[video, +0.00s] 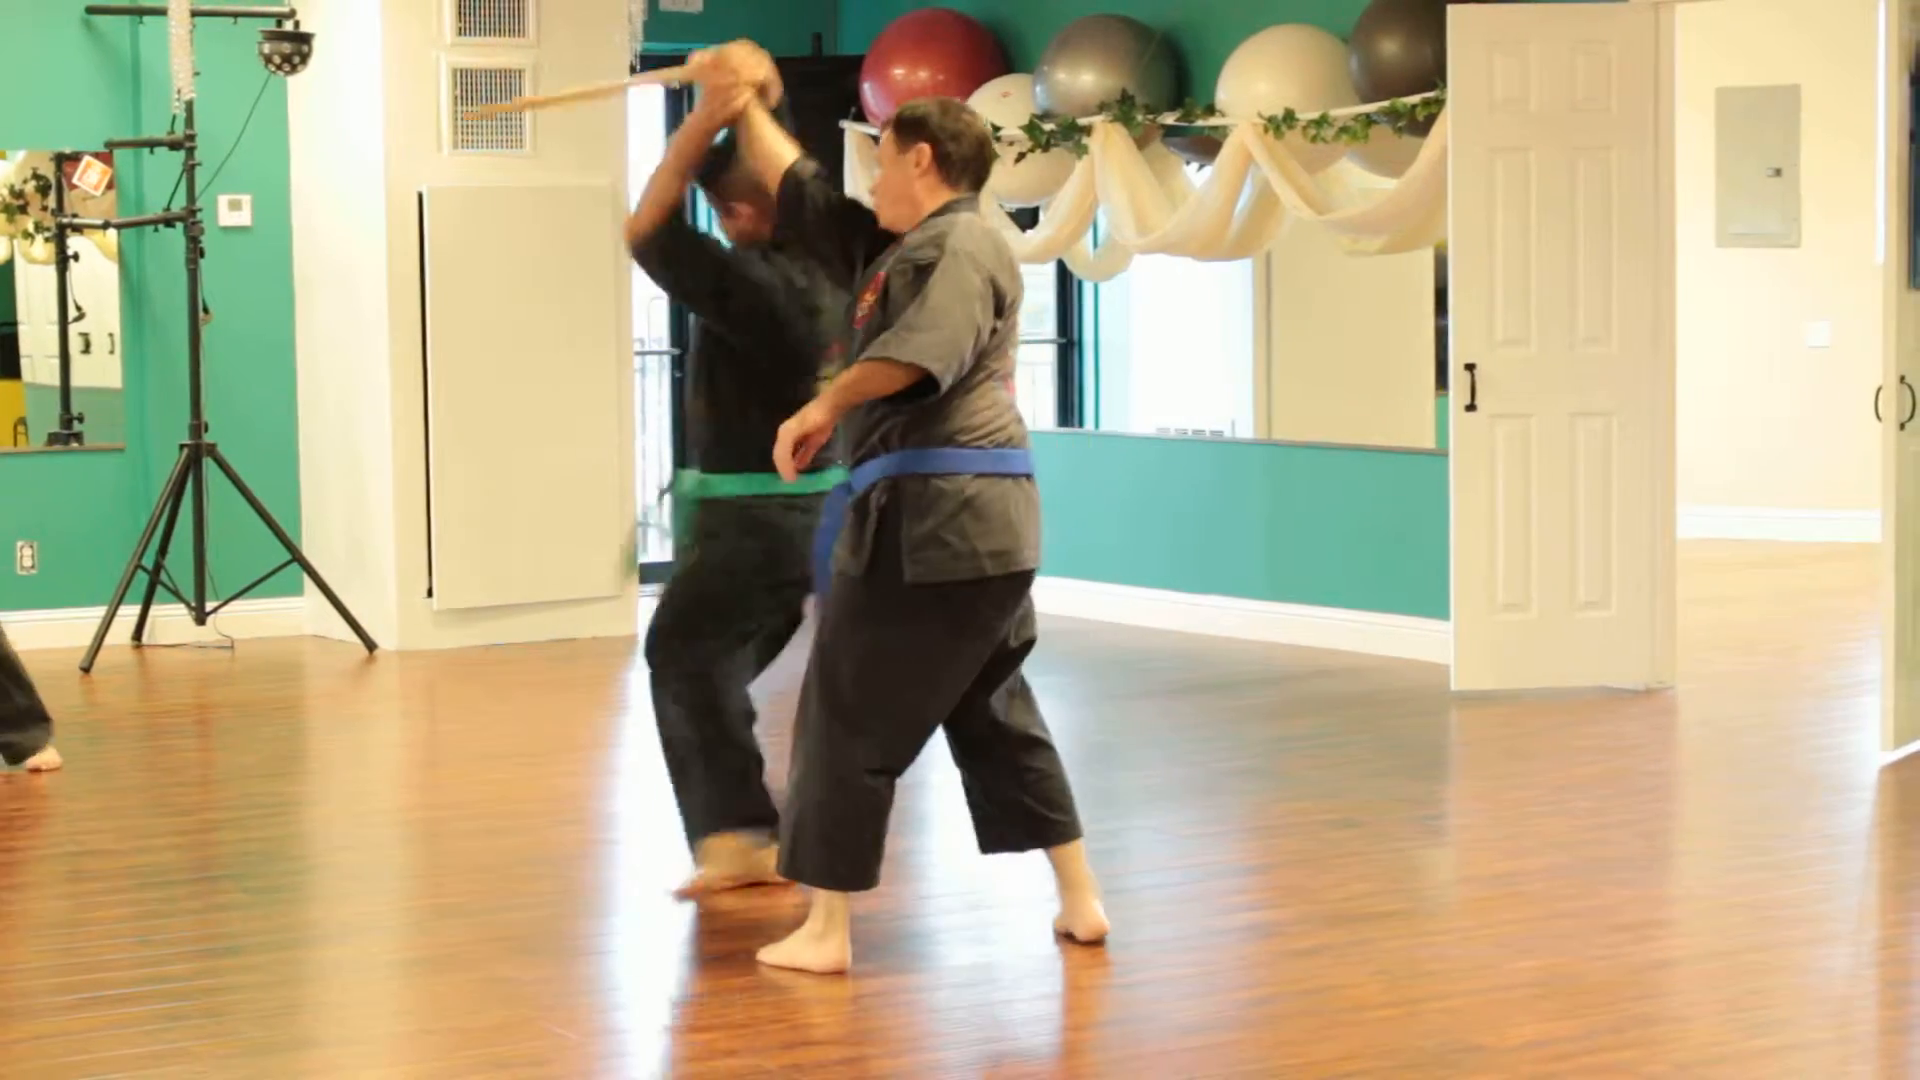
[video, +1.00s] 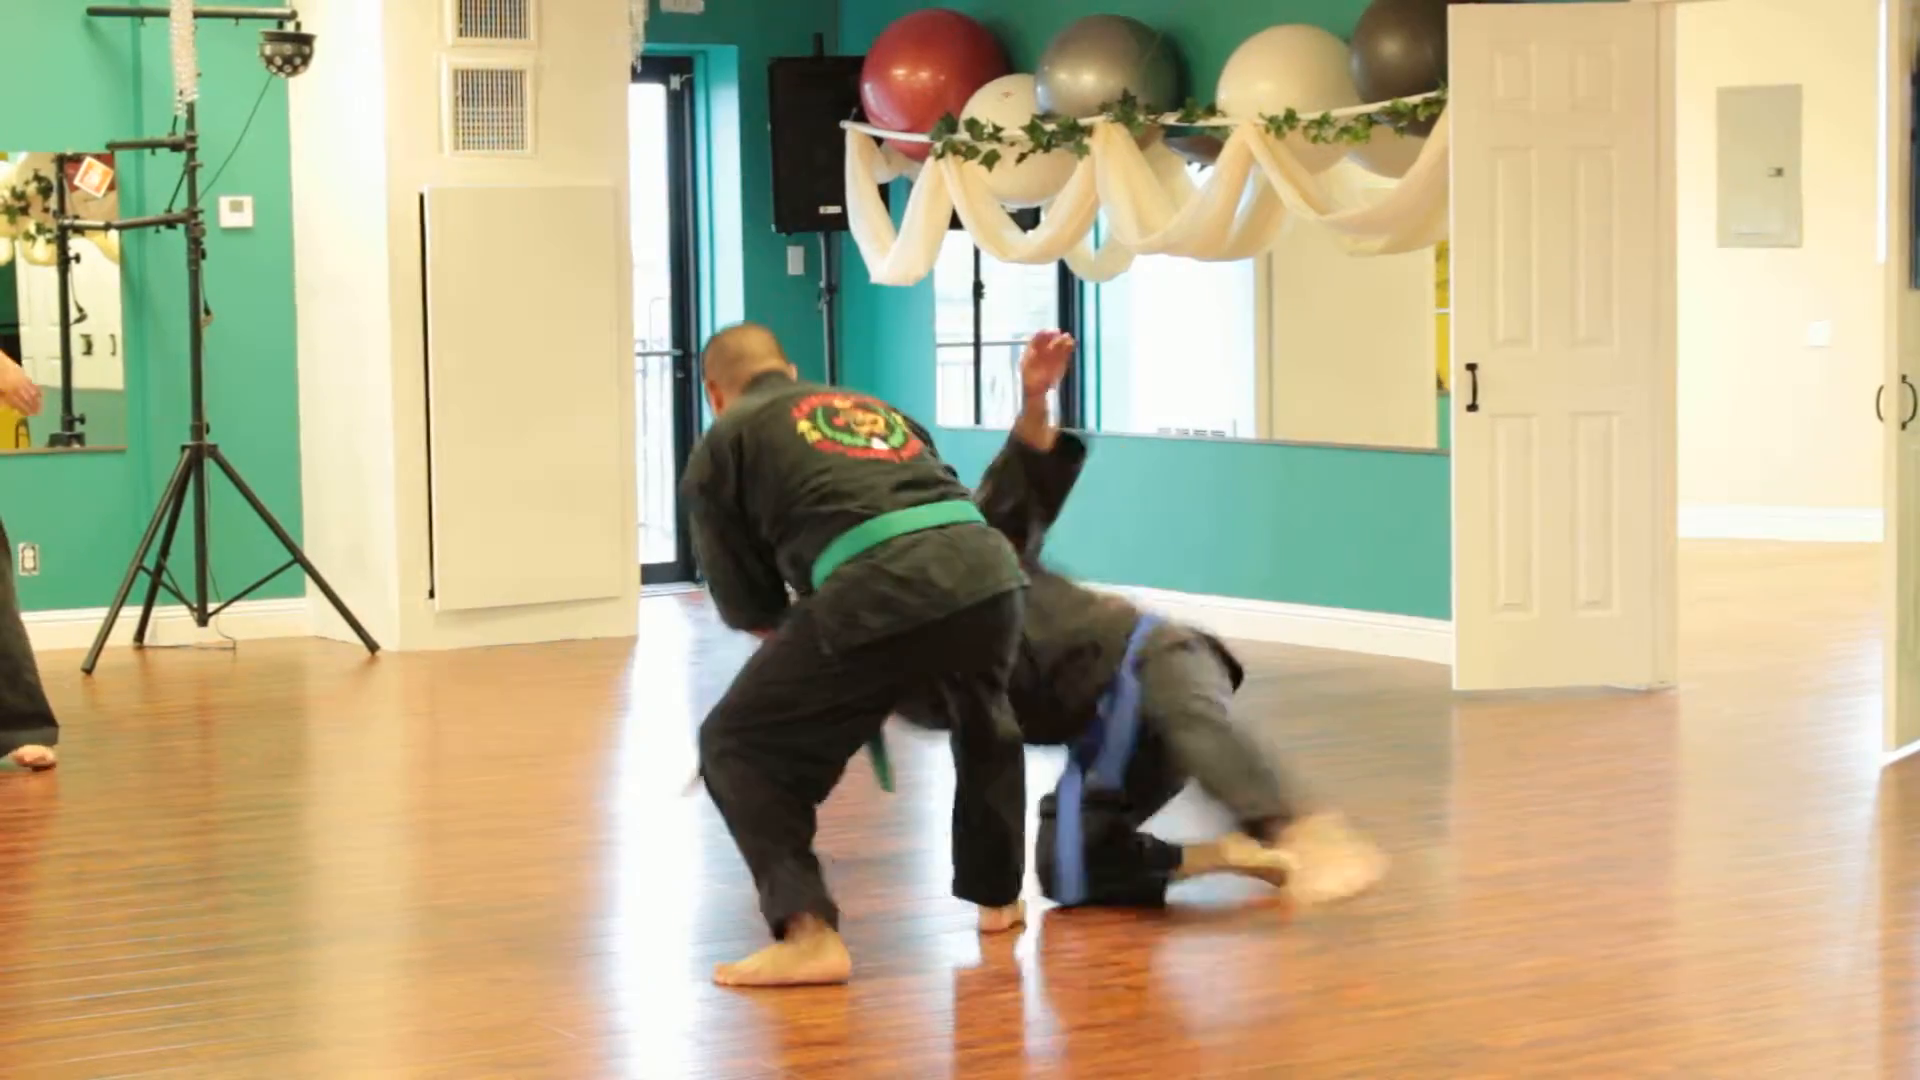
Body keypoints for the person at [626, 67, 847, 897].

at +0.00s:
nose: (721, 222)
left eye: (726, 207)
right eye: (719, 208)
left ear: (747, 208)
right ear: (782, 196)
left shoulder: (755, 284)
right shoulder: (827, 263)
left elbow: (649, 234)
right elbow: (792, 175)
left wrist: (706, 118)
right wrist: (749, 103)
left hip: (753, 511)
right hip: (798, 507)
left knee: (680, 655)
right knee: (717, 667)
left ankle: (731, 840)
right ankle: (753, 834)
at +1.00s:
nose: (713, 404)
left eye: (709, 395)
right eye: (712, 396)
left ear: (717, 390)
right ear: (789, 370)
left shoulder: (721, 446)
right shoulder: (870, 406)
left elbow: (749, 609)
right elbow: (937, 497)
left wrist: (820, 642)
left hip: (878, 587)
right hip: (987, 564)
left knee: (736, 743)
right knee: (987, 717)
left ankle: (809, 935)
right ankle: (999, 899)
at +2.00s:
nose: (1079, 298)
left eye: (1077, 289)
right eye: (1078, 288)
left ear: (999, 279)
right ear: (1067, 284)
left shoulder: (949, 336)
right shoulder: (1045, 320)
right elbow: (1132, 391)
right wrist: (1170, 491)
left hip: (862, 532)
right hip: (956, 534)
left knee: (886, 653)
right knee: (1074, 688)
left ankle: (841, 832)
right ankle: (1085, 871)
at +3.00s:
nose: (815, 352)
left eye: (804, 336)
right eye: (804, 340)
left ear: (822, 309)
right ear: (844, 294)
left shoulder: (923, 337)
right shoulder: (910, 338)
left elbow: (924, 477)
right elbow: (917, 476)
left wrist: (912, 574)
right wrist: (915, 571)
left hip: (1063, 513)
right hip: (1068, 510)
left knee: (936, 636)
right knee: (1025, 678)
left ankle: (944, 830)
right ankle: (1126, 767)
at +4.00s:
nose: (952, 308)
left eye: (944, 292)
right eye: (944, 295)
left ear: (961, 269)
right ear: (1001, 252)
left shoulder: (1005, 344)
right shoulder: (1099, 290)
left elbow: (1009, 478)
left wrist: (982, 445)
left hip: (1142, 507)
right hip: (1211, 491)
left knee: (1037, 655)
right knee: (1132, 650)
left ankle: (971, 812)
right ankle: (1186, 798)